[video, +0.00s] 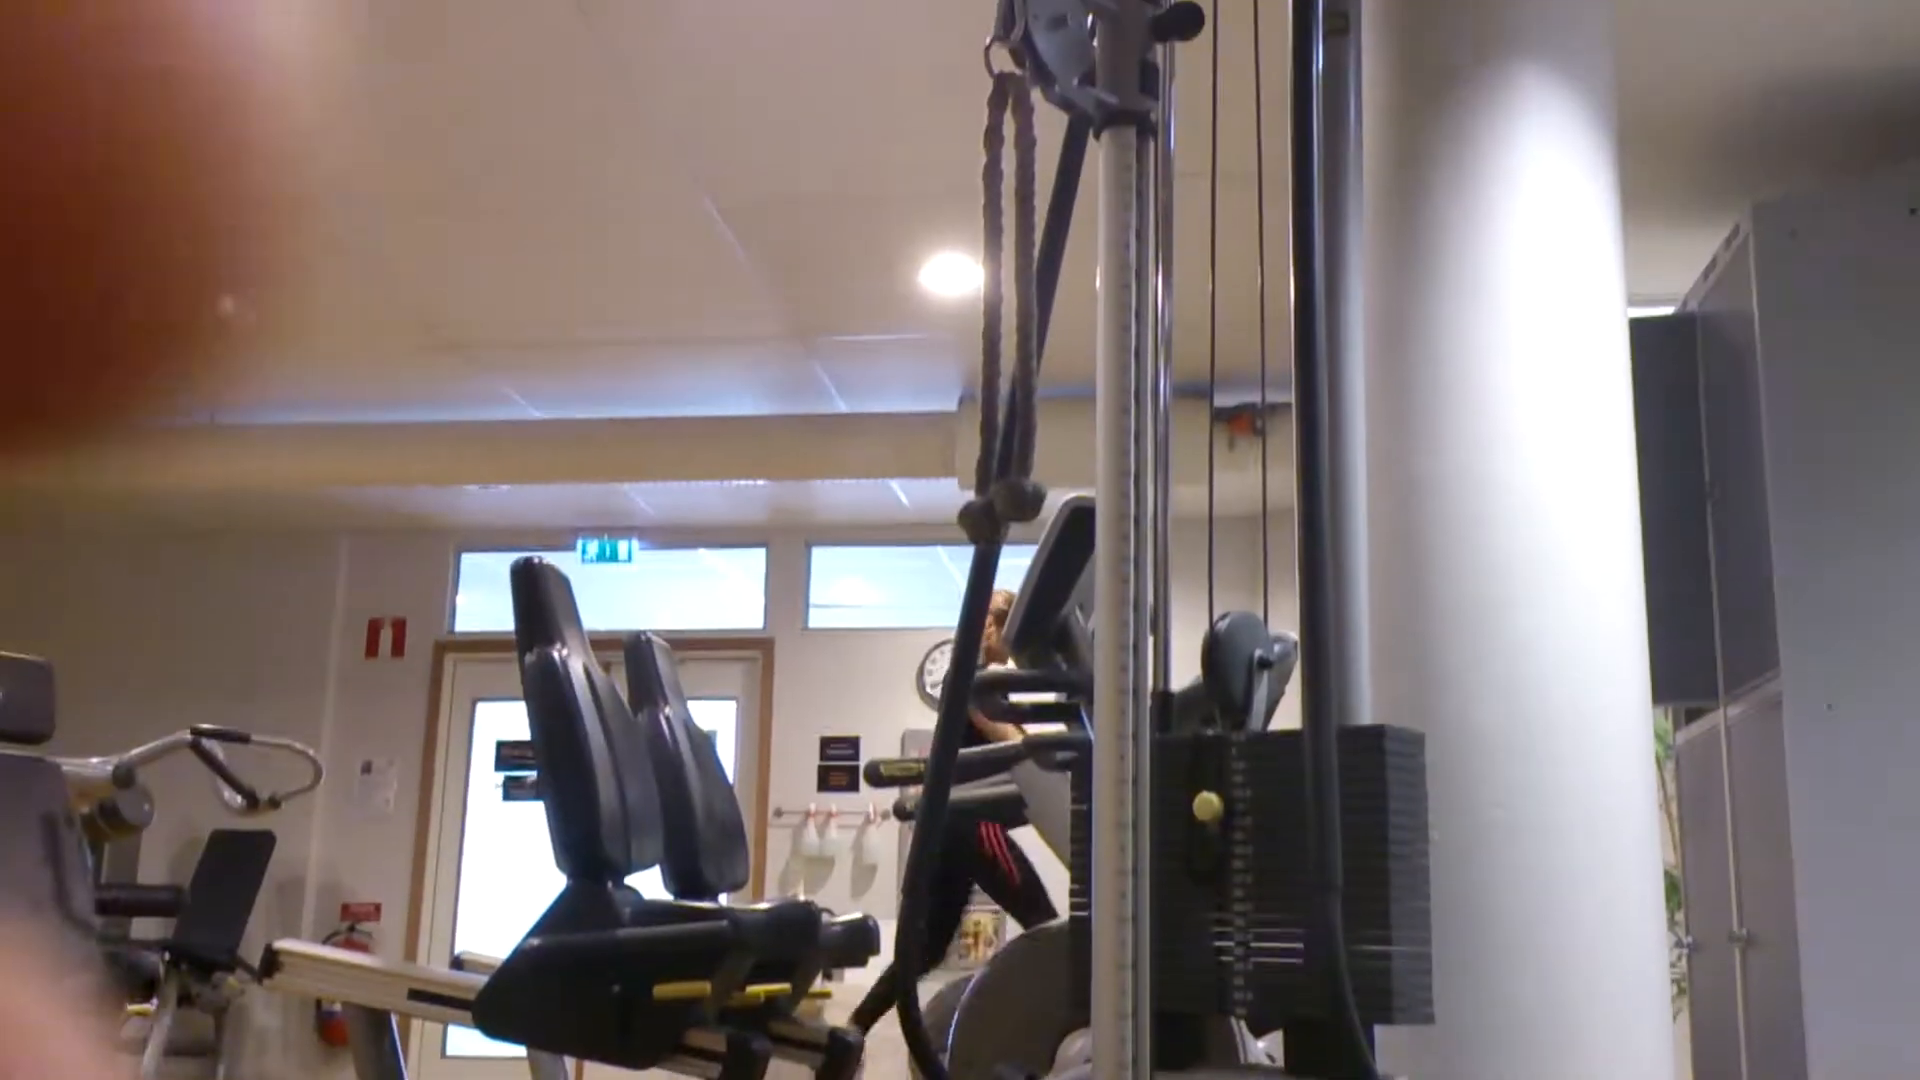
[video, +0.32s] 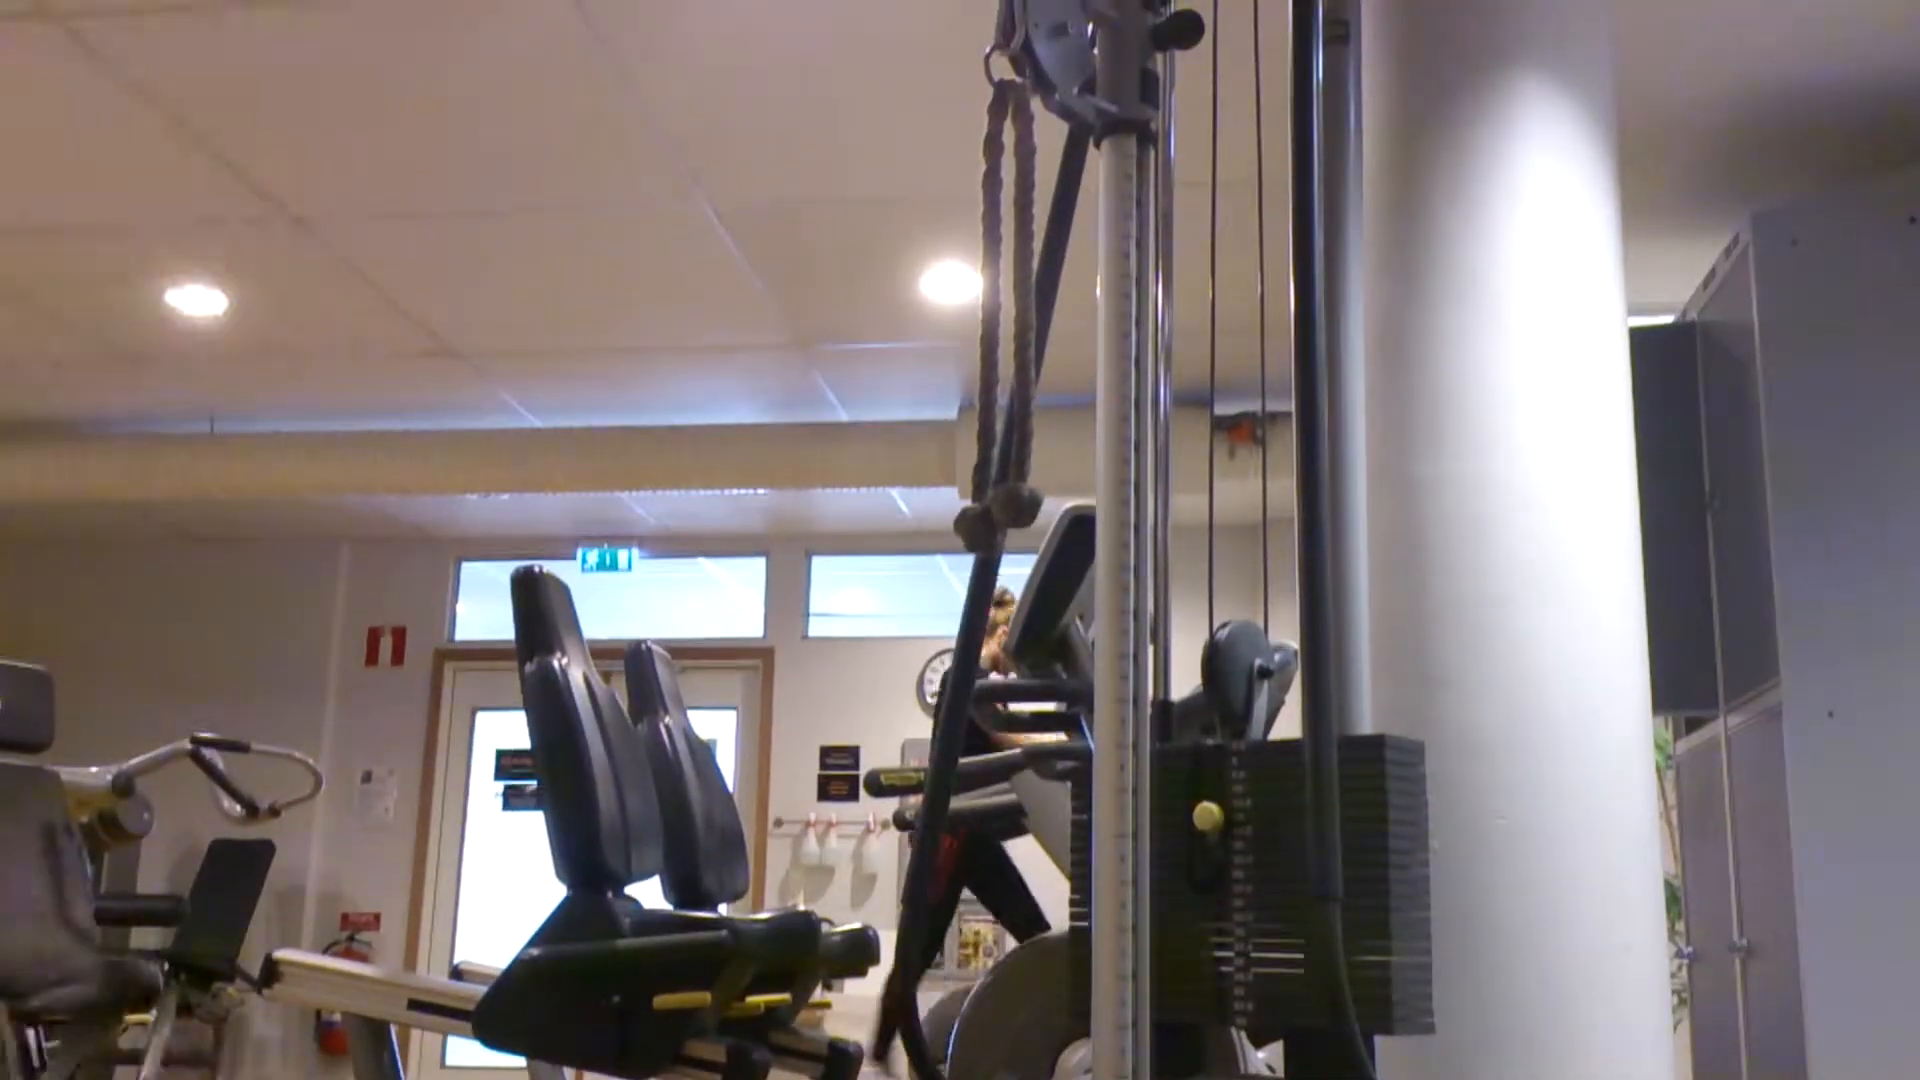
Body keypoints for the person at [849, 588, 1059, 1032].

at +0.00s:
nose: (996, 630)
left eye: (1001, 622)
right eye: (993, 620)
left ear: (1008, 630)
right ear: (979, 625)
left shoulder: (980, 678)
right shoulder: (979, 676)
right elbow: (1007, 736)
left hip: (952, 813)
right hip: (972, 814)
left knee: (925, 948)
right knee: (1042, 921)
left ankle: (852, 1031)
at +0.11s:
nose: (1009, 629)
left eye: (1010, 619)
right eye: (1006, 618)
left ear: (988, 618)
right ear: (990, 617)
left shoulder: (971, 667)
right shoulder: (981, 670)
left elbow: (1023, 730)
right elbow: (1027, 733)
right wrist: (1070, 758)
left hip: (966, 808)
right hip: (963, 810)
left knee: (997, 929)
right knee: (998, 930)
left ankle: (947, 1011)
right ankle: (945, 1013)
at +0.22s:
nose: (1007, 629)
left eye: (1009, 619)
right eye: (1001, 618)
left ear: (1001, 626)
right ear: (982, 622)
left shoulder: (981, 678)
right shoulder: (972, 677)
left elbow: (1020, 732)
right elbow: (1020, 736)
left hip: (978, 828)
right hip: (954, 830)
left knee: (1032, 922)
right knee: (947, 942)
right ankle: (934, 1046)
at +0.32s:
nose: (1021, 638)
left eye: (1020, 629)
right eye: (1016, 628)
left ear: (992, 629)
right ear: (999, 627)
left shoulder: (986, 675)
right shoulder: (979, 671)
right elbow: (1004, 737)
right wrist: (1065, 740)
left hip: (973, 830)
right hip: (952, 828)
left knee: (1036, 936)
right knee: (919, 946)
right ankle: (880, 1053)